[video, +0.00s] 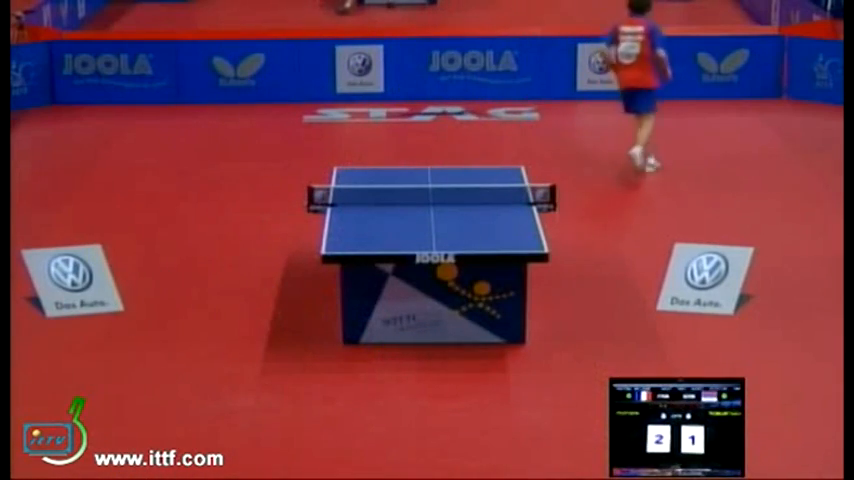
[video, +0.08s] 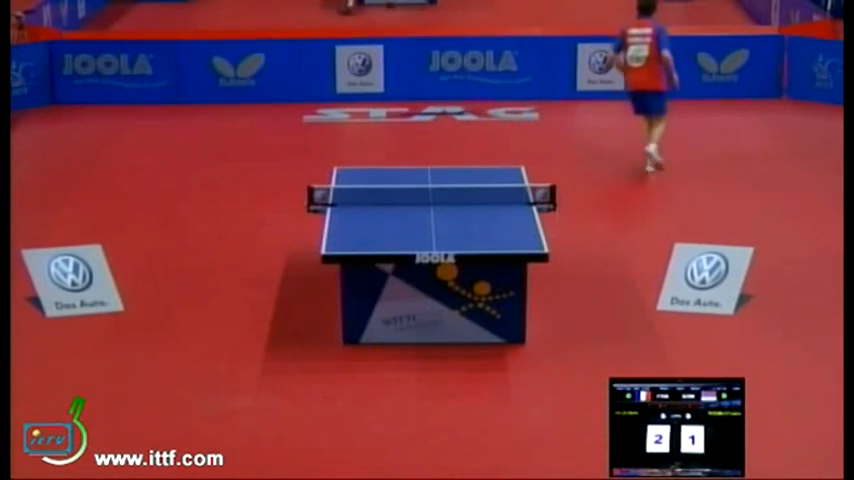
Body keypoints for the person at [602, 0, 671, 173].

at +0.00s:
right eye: (648, 7)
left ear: (629, 8)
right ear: (647, 9)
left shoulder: (618, 28)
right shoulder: (650, 28)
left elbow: (609, 52)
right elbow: (658, 53)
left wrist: (617, 71)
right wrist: (666, 73)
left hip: (626, 81)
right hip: (645, 80)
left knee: (639, 119)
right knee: (648, 117)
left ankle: (646, 157)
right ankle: (638, 148)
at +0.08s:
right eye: (653, 8)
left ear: (637, 10)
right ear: (653, 10)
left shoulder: (627, 30)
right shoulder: (658, 29)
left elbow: (615, 56)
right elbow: (665, 55)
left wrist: (627, 71)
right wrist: (673, 75)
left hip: (634, 83)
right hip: (653, 83)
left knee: (647, 120)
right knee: (660, 117)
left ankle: (649, 160)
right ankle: (653, 145)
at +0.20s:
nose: (661, 6)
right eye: (662, 4)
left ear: (647, 4)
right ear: (662, 3)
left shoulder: (637, 20)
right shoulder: (666, 19)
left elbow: (627, 44)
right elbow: (670, 42)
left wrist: (641, 55)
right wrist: (678, 66)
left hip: (645, 73)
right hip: (664, 73)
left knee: (649, 113)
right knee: (669, 111)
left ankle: (650, 154)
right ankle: (670, 151)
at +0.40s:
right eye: (678, 3)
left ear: (662, 2)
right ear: (678, 2)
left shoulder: (652, 16)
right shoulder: (682, 17)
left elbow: (640, 41)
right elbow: (688, 41)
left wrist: (656, 51)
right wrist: (700, 65)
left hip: (657, 70)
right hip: (677, 71)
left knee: (659, 104)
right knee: (680, 105)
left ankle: (653, 134)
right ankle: (679, 142)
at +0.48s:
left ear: (666, 2)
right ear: (681, 2)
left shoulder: (656, 17)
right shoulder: (687, 18)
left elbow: (646, 42)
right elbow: (697, 45)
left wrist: (658, 56)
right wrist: (710, 67)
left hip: (662, 69)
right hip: (682, 70)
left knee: (662, 103)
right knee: (682, 105)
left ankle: (660, 131)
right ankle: (679, 141)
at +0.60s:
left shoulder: (659, 8)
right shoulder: (691, 8)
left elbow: (652, 33)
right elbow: (703, 32)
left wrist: (657, 50)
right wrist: (711, 53)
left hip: (665, 60)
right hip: (685, 60)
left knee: (668, 96)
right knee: (682, 99)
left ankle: (669, 133)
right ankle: (680, 138)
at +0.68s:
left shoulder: (662, 6)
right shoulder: (695, 6)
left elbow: (654, 31)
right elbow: (707, 31)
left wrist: (658, 50)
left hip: (667, 56)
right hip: (687, 56)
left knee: (671, 94)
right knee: (683, 96)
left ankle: (673, 129)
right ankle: (680, 136)